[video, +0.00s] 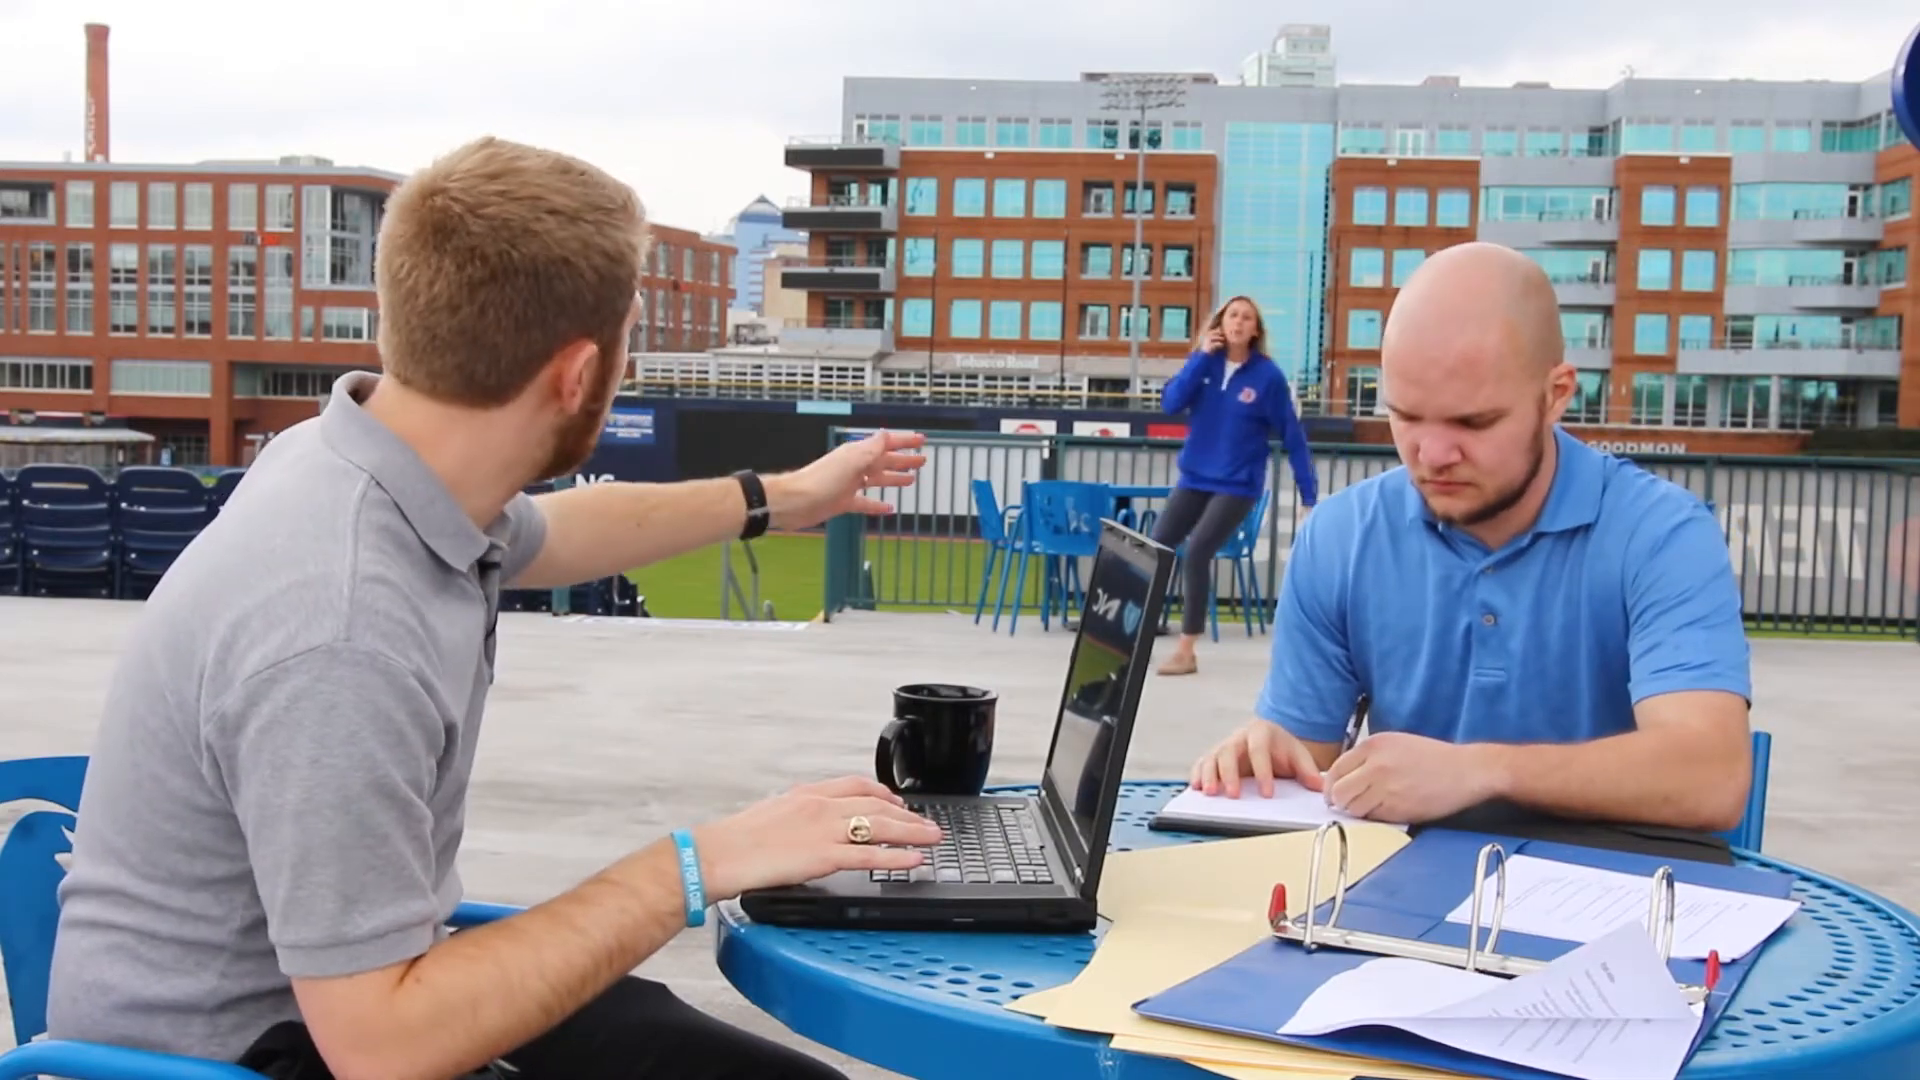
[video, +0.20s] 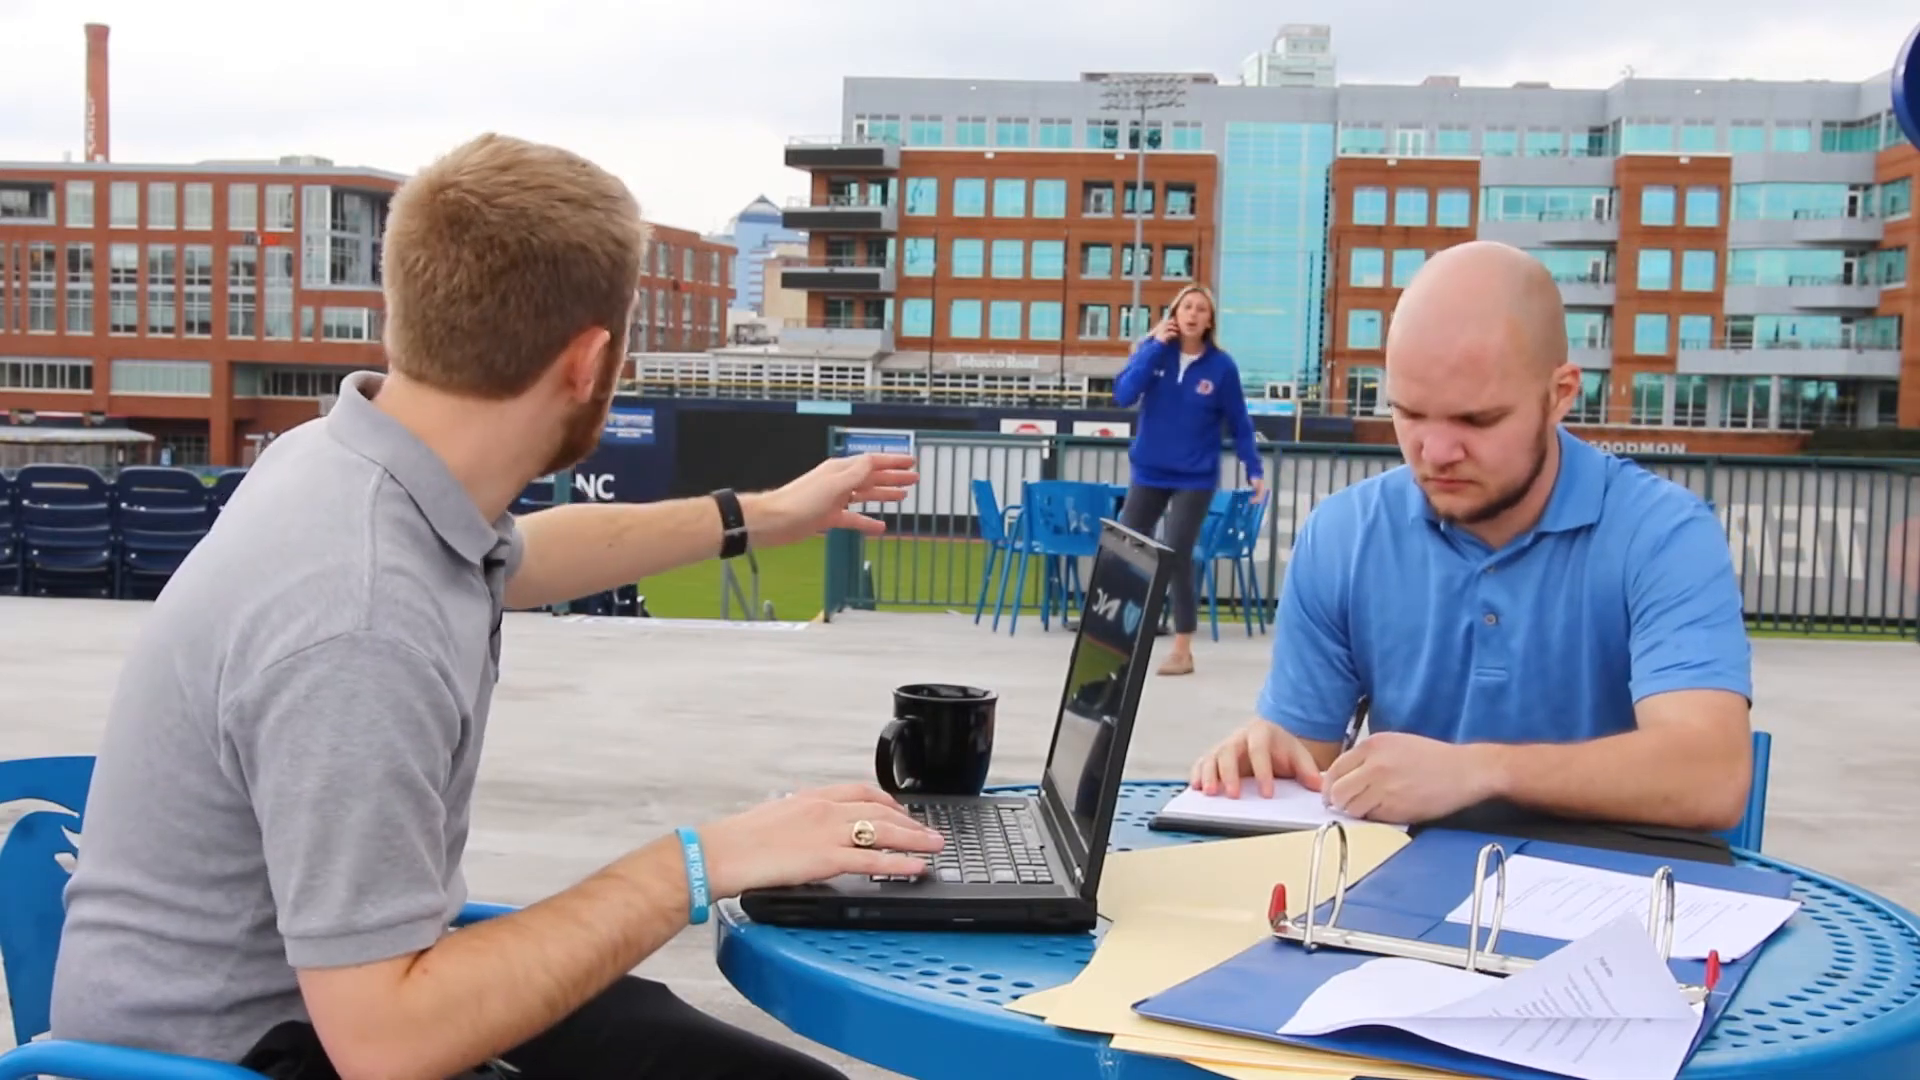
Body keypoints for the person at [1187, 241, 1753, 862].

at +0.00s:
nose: (1431, 456)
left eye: (1473, 422)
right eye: (1406, 418)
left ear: (1556, 394)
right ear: (1384, 385)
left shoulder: (1660, 535)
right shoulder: (1341, 537)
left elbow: (1705, 778)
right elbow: (1308, 754)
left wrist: (1477, 769)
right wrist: (1261, 751)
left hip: (1613, 902)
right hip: (1397, 886)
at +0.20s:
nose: (1436, 453)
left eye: (1477, 420)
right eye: (1410, 415)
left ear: (1560, 394)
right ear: (1389, 384)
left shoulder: (1661, 534)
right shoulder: (1344, 536)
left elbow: (1705, 777)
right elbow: (1308, 754)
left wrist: (1475, 769)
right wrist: (1261, 750)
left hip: (1611, 901)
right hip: (1397, 885)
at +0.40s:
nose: (1432, 440)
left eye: (1475, 408)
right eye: (1411, 401)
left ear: (1563, 393)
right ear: (1393, 378)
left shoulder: (1663, 534)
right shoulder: (1347, 535)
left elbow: (1705, 777)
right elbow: (1309, 751)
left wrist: (1474, 770)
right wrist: (1262, 748)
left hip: (1614, 903)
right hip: (1399, 887)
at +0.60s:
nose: (1417, 405)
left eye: (1458, 376)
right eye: (1411, 369)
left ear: (1565, 378)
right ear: (1401, 356)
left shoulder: (1680, 532)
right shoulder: (1372, 514)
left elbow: (1711, 778)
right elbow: (1308, 713)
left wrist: (1472, 776)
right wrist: (1263, 737)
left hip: (1623, 902)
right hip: (1409, 877)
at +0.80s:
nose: (1411, 366)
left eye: (1423, 342)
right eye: (1414, 342)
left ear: (1501, 361)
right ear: (1498, 360)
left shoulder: (1700, 515)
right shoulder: (1433, 487)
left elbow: (1722, 779)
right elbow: (1359, 658)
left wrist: (1459, 773)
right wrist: (1280, 740)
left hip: (1634, 918)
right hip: (1435, 886)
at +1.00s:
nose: (1454, 356)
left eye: (1459, 332)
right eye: (1454, 331)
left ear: (1510, 348)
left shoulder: (1701, 501)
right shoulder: (1492, 479)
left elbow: (1726, 779)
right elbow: (1438, 644)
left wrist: (1466, 774)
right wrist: (1355, 763)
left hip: (1638, 918)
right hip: (1455, 882)